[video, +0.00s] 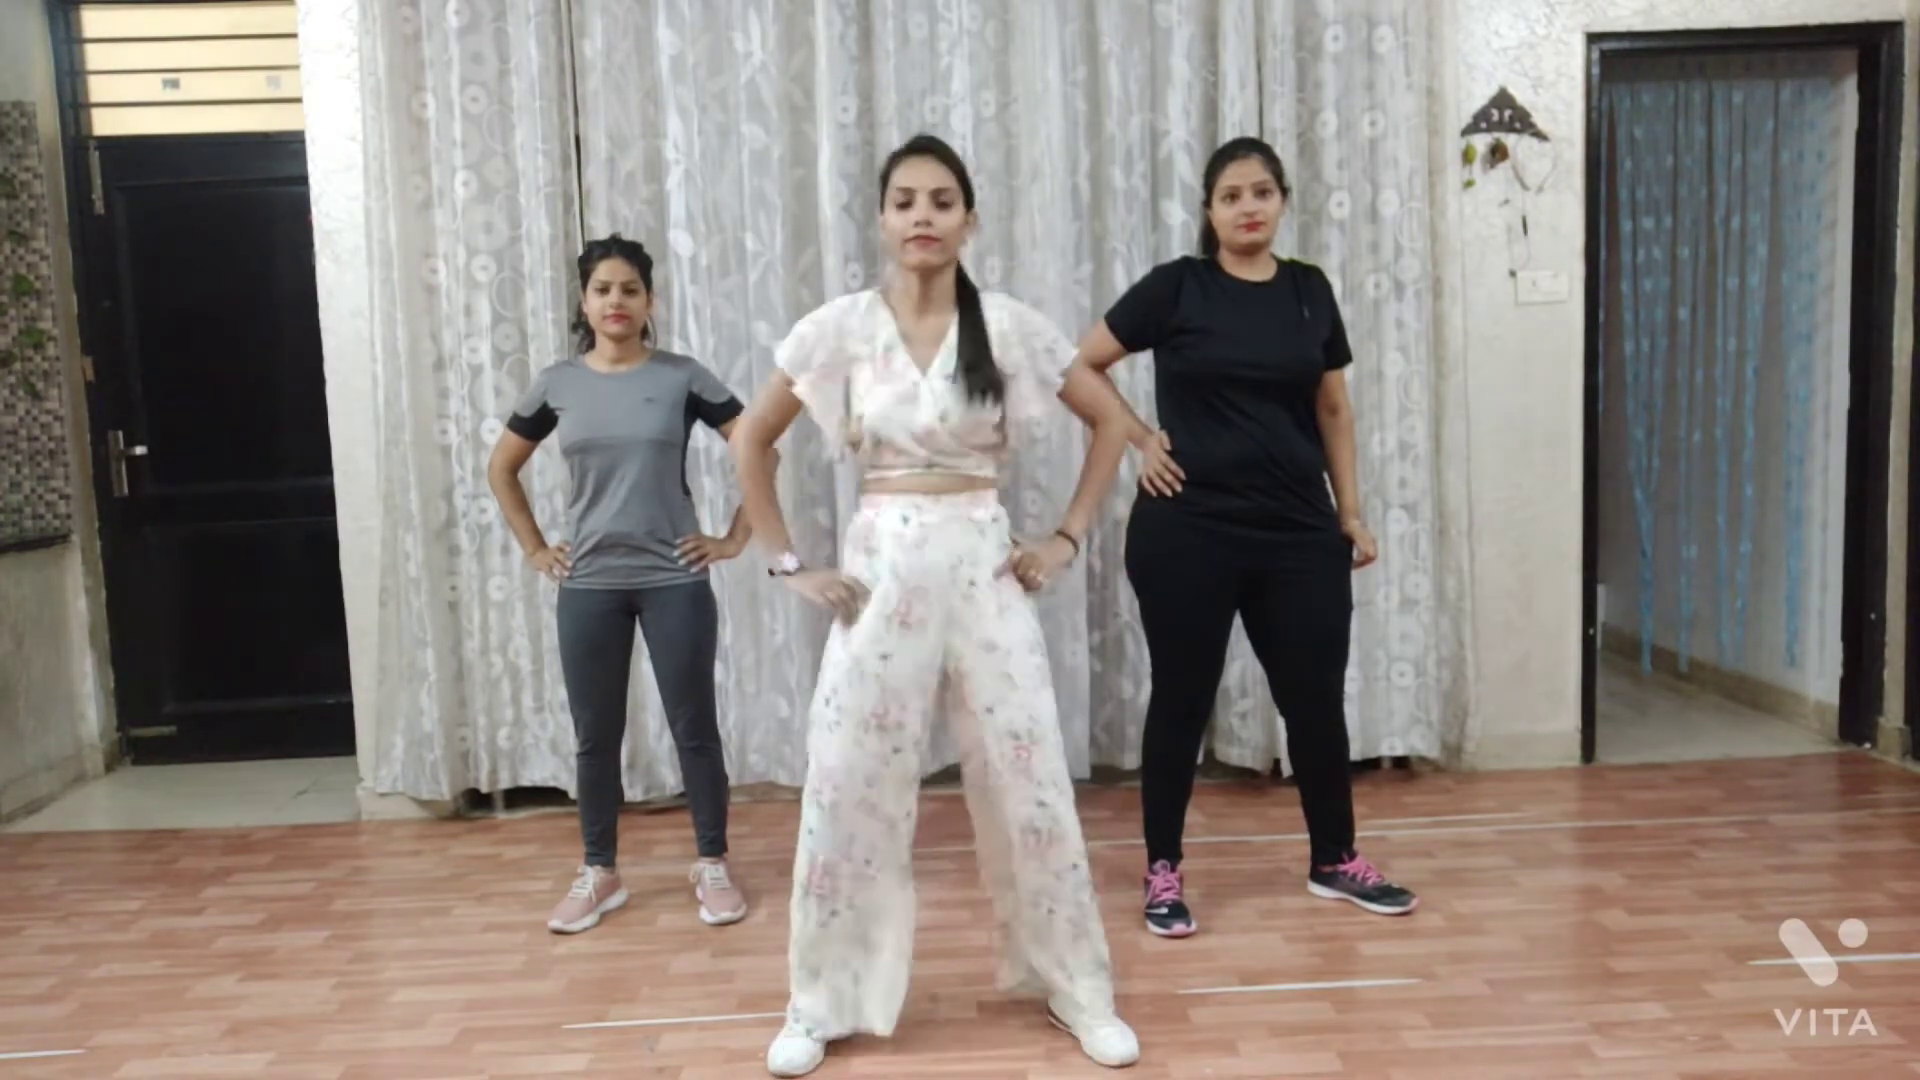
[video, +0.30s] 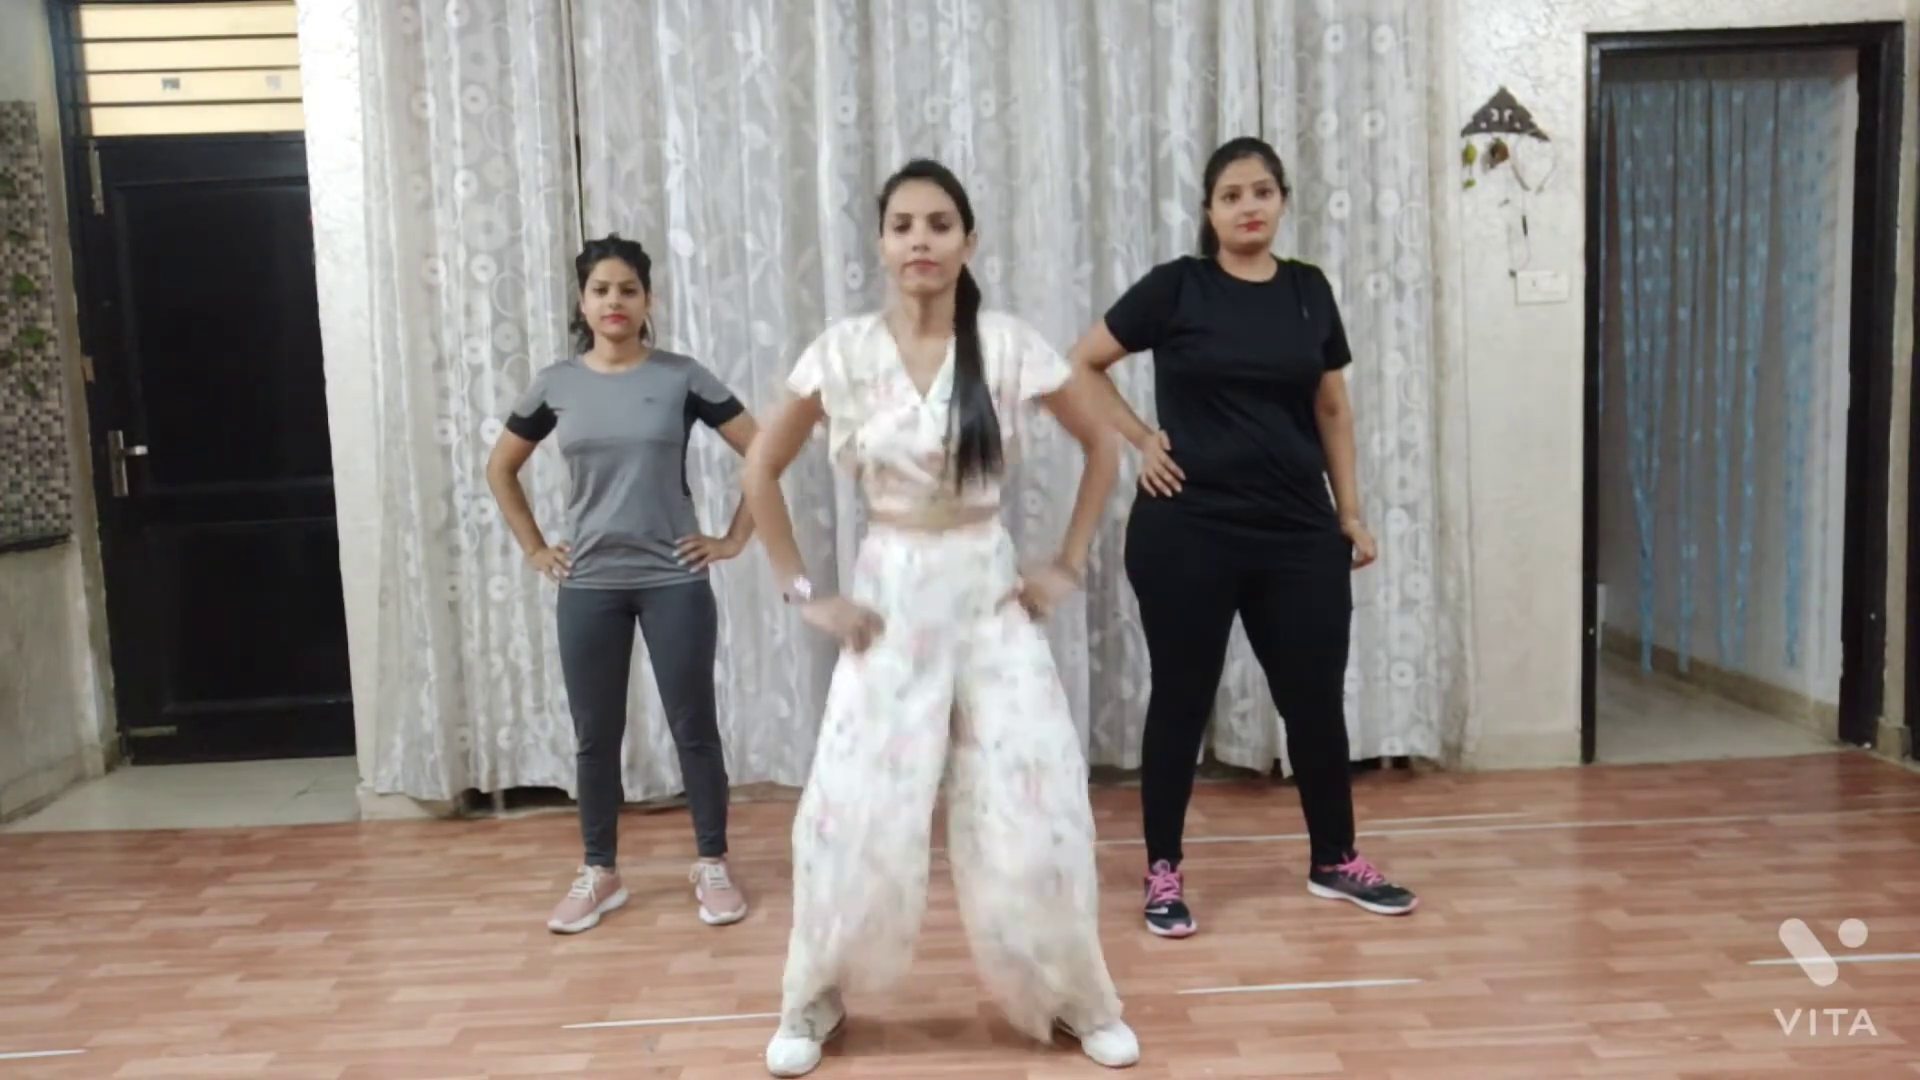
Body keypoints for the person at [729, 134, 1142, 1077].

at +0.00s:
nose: (922, 218)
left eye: (941, 202)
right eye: (905, 202)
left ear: (968, 219)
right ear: (880, 219)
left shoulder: (1008, 327)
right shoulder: (835, 332)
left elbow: (1114, 425)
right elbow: (749, 443)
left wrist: (1062, 539)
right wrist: (793, 569)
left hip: (986, 578)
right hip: (880, 582)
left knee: (1032, 783)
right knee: (838, 790)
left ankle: (1081, 990)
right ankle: (817, 1003)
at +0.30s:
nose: (921, 242)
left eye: (938, 225)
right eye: (904, 226)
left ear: (967, 241)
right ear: (880, 243)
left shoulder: (1010, 347)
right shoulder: (841, 354)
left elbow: (1106, 442)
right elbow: (760, 471)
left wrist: (1065, 564)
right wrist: (805, 594)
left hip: (992, 600)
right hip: (886, 603)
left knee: (1039, 805)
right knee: (847, 809)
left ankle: (1085, 1001)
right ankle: (809, 1005)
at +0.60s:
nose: (907, 239)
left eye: (925, 226)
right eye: (890, 226)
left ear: (956, 249)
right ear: (867, 246)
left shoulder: (983, 360)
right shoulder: (813, 349)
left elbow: (1055, 455)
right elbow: (764, 465)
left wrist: (1039, 570)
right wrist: (771, 582)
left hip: (959, 602)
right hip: (853, 603)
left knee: (1024, 804)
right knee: (829, 807)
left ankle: (1054, 1012)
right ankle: (820, 1020)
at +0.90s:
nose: (924, 226)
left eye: (941, 211)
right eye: (906, 216)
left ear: (973, 231)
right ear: (885, 242)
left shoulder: (1019, 340)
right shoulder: (854, 347)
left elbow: (1096, 434)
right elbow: (752, 433)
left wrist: (1161, 501)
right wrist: (656, 501)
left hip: (976, 603)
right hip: (877, 594)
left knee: (990, 817)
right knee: (789, 790)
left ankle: (921, 1000)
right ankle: (702, 1001)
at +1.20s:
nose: (926, 237)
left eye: (943, 225)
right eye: (908, 226)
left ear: (974, 246)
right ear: (885, 250)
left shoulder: (1021, 348)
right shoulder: (853, 352)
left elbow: (1152, 398)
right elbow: (720, 412)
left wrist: (1275, 441)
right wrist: (596, 456)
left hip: (969, 615)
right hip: (871, 608)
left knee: (982, 819)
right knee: (770, 805)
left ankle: (949, 1027)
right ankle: (646, 1020)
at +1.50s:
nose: (926, 238)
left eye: (944, 224)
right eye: (907, 228)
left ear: (974, 250)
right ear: (885, 256)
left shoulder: (1009, 341)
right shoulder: (864, 348)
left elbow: (1131, 372)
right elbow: (772, 378)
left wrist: (1248, 404)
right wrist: (675, 408)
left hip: (972, 606)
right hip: (871, 599)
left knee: (983, 823)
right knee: (768, 797)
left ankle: (948, 1030)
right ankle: (646, 1014)